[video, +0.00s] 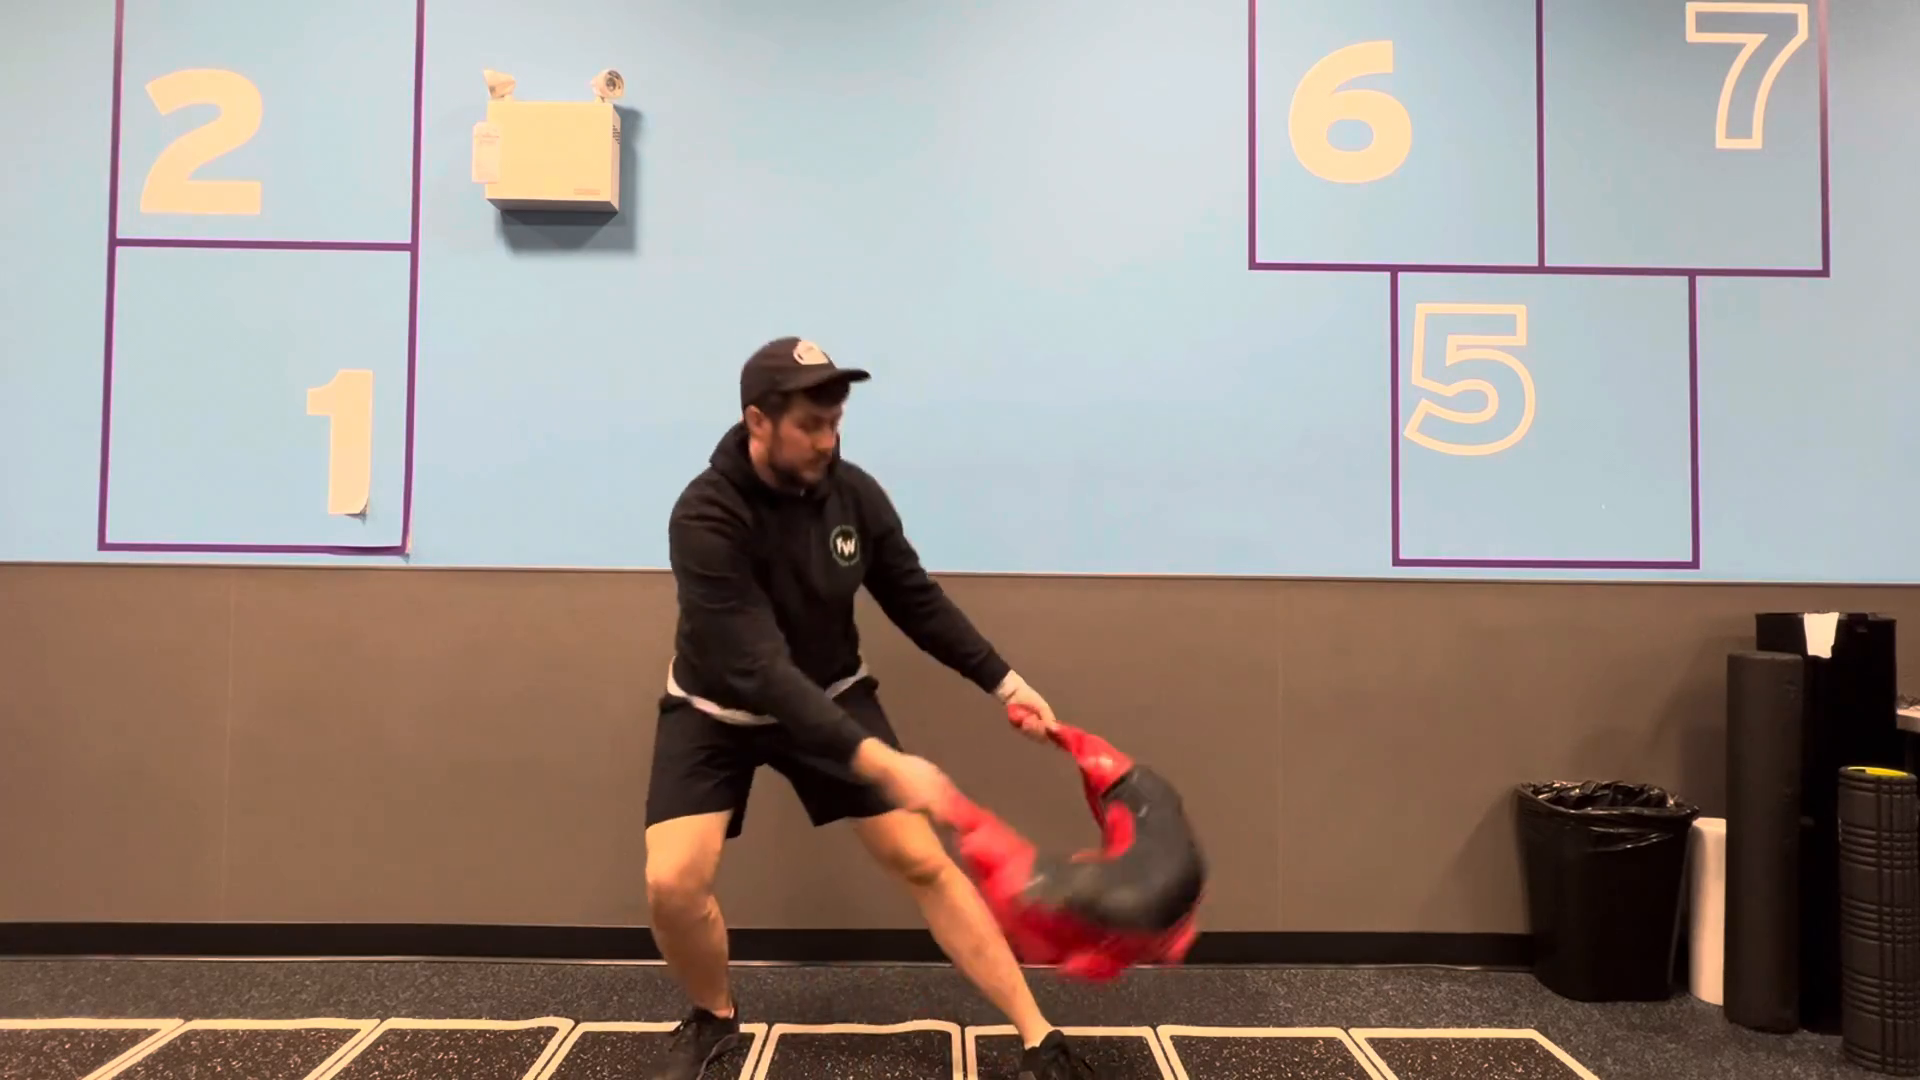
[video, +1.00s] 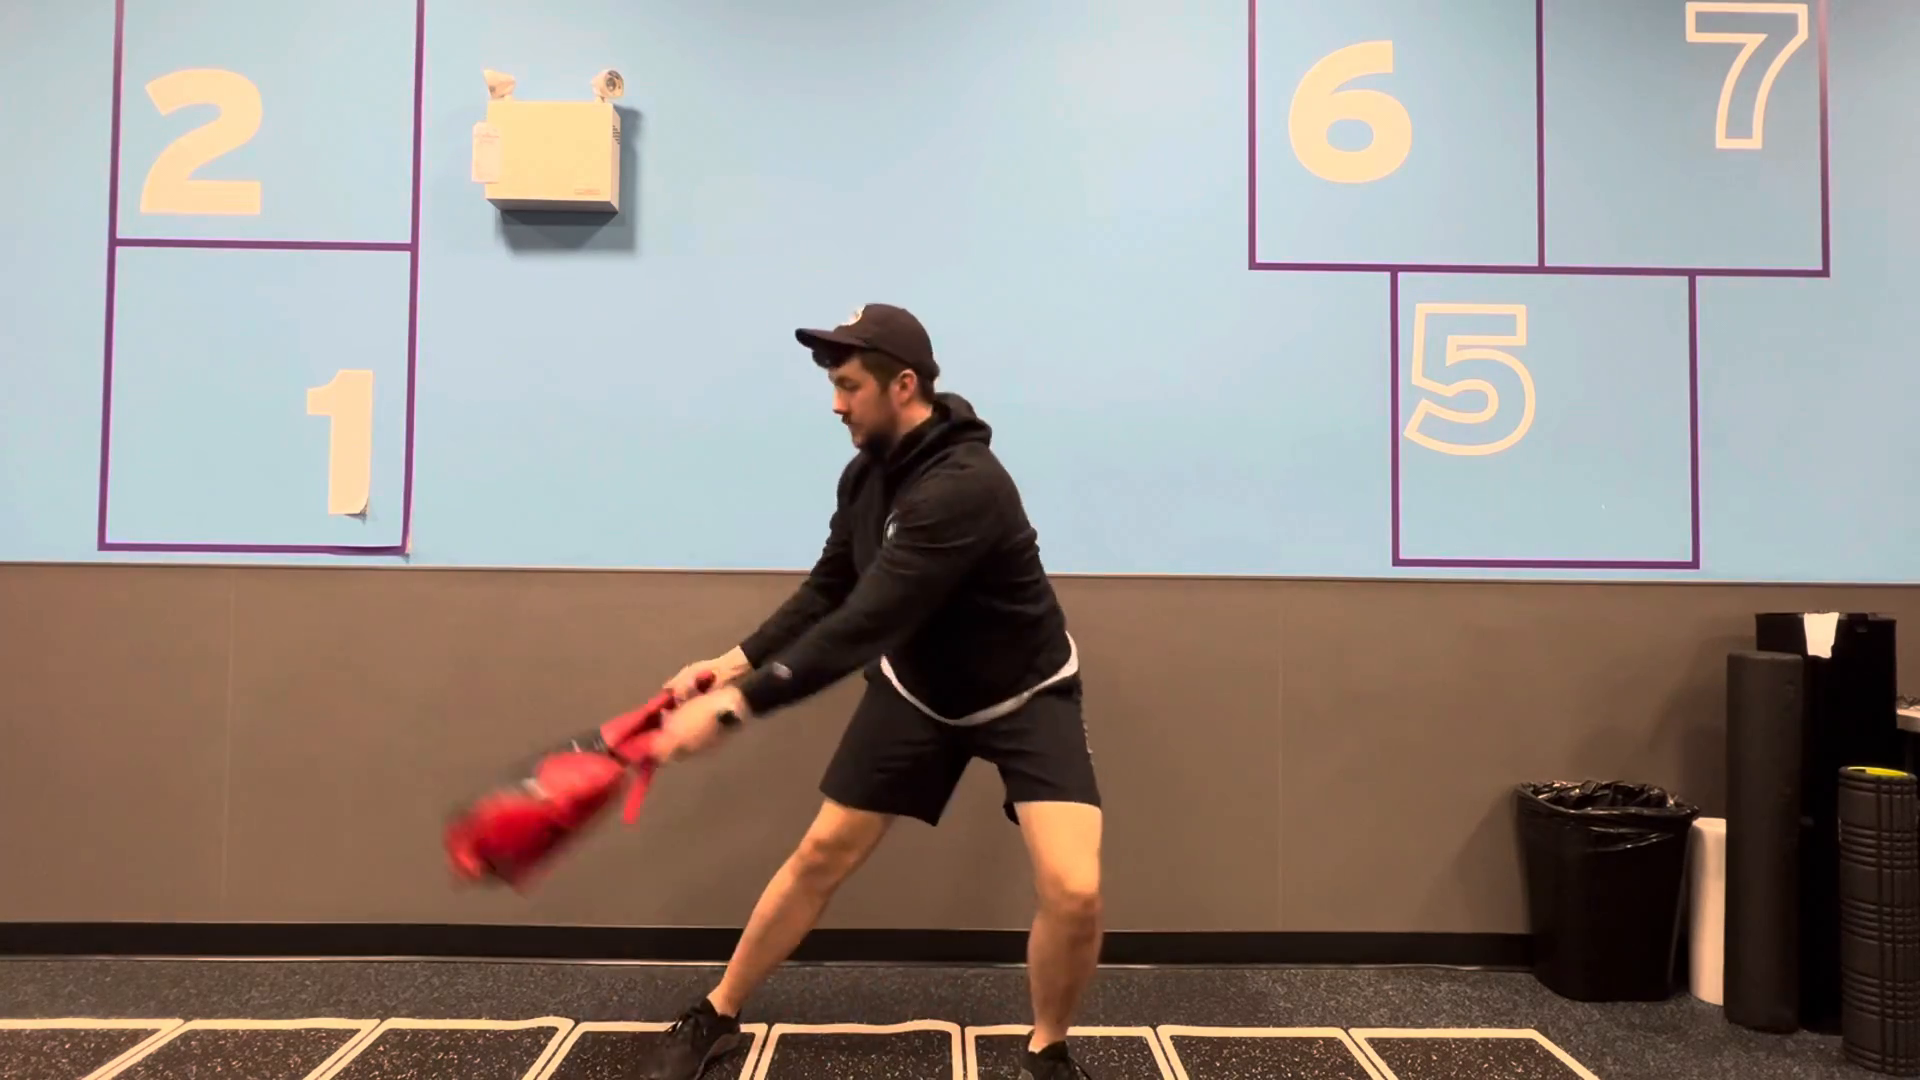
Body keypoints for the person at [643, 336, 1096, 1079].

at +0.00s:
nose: (827, 439)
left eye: (833, 420)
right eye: (810, 423)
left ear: (842, 416)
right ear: (757, 425)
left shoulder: (853, 497)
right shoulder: (707, 518)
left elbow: (916, 601)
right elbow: (761, 670)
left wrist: (1008, 684)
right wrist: (883, 762)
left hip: (832, 698)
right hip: (712, 708)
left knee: (922, 860)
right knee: (672, 885)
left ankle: (1040, 1039)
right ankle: (714, 1021)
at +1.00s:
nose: (836, 403)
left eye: (850, 386)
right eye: (835, 386)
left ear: (906, 386)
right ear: (887, 389)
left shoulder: (962, 487)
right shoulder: (866, 476)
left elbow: (866, 624)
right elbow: (828, 588)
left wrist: (735, 703)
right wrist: (734, 661)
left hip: (1026, 692)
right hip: (911, 689)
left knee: (1076, 891)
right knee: (820, 855)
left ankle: (1048, 1050)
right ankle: (715, 1016)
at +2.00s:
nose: (865, 390)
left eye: (869, 372)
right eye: (845, 376)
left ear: (876, 373)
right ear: (793, 387)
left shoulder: (892, 468)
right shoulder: (750, 481)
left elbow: (949, 578)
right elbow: (783, 636)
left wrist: (1038, 662)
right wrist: (896, 731)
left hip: (867, 682)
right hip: (748, 689)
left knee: (946, 848)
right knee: (701, 868)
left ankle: (1044, 1036)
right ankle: (713, 1020)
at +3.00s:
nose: (887, 395)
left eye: (903, 380)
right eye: (882, 380)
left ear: (958, 382)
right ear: (882, 383)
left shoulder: (1013, 486)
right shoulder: (881, 480)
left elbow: (965, 635)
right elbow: (844, 591)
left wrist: (865, 748)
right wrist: (769, 683)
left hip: (1037, 690)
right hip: (924, 684)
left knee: (1082, 878)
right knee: (826, 845)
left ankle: (1050, 1048)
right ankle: (716, 1013)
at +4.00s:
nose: (836, 371)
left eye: (848, 353)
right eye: (818, 355)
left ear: (863, 358)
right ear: (781, 360)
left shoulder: (903, 457)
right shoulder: (732, 467)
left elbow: (950, 579)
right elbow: (741, 613)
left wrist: (997, 697)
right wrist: (771, 745)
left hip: (877, 672)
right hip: (761, 676)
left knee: (952, 844)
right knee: (707, 846)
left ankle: (1039, 1031)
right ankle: (714, 1013)